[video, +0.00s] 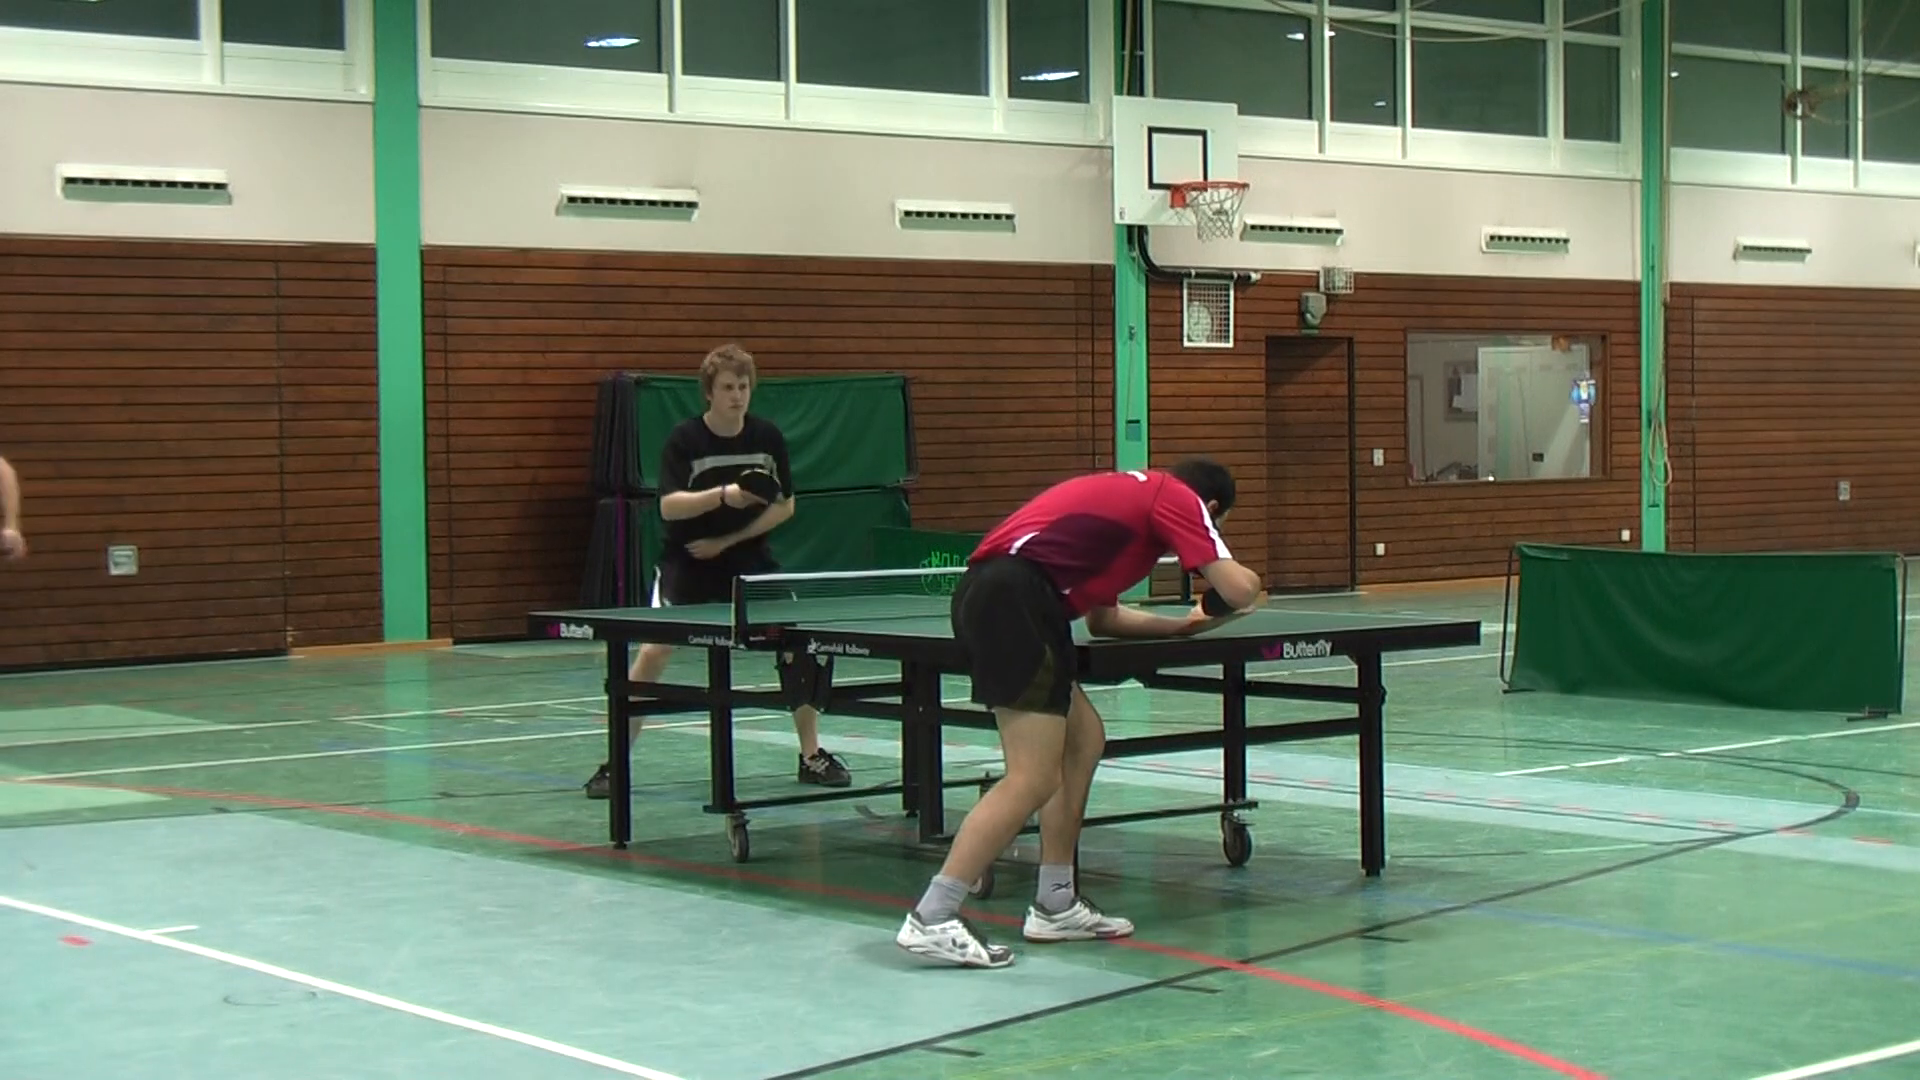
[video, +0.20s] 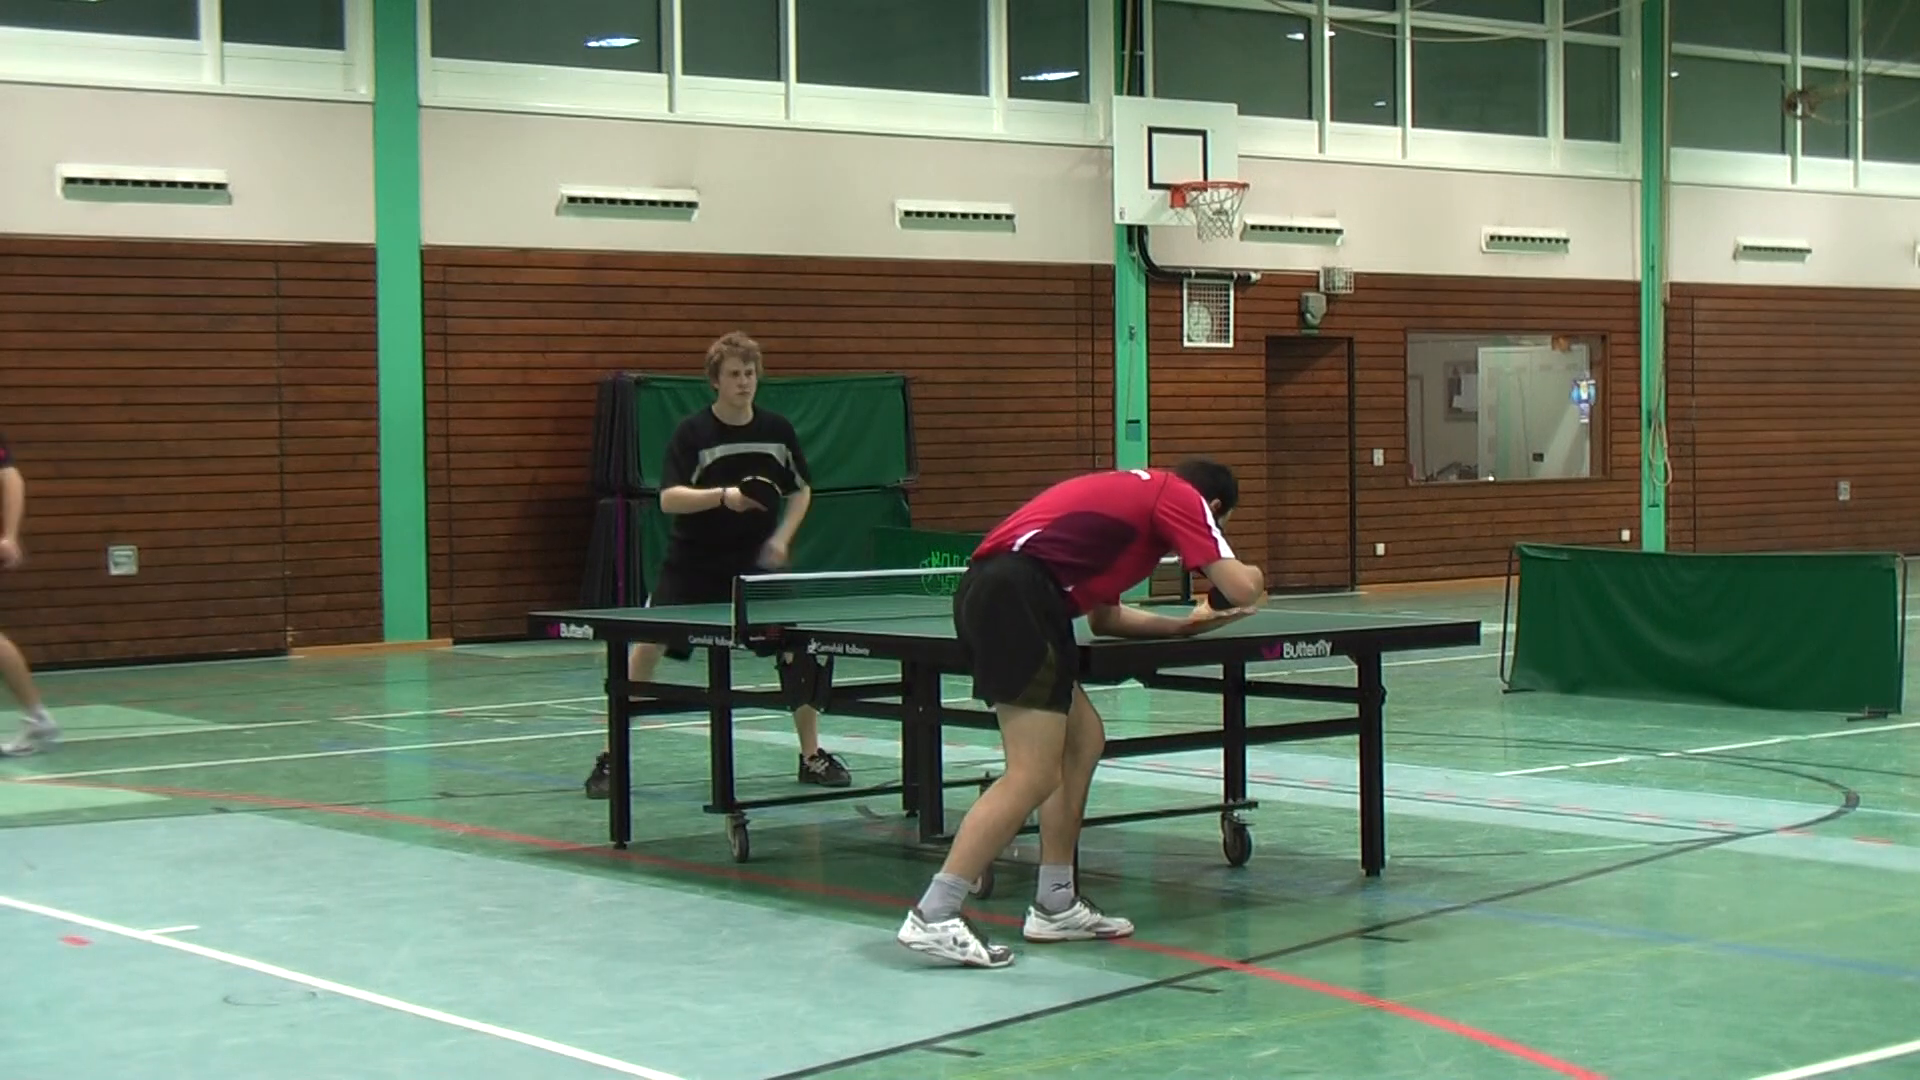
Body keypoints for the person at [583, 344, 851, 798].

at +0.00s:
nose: (736, 394)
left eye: (742, 385)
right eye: (726, 386)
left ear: (751, 389)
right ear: (708, 391)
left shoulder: (768, 437)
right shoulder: (685, 438)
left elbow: (784, 506)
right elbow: (669, 506)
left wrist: (726, 541)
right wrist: (723, 495)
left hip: (752, 562)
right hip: (688, 564)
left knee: (796, 642)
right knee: (655, 651)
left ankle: (812, 754)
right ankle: (616, 762)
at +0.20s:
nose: (743, 381)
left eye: (750, 373)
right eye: (734, 374)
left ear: (759, 377)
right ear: (715, 379)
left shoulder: (778, 430)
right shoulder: (693, 432)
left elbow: (800, 490)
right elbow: (669, 498)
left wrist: (782, 537)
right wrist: (722, 495)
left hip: (755, 565)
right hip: (693, 566)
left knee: (796, 648)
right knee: (647, 648)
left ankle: (813, 755)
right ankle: (612, 755)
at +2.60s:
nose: (690, 384)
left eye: (695, 376)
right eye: (680, 376)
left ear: (701, 380)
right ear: (657, 381)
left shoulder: (713, 436)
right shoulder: (632, 435)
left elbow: (750, 482)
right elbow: (584, 486)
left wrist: (765, 516)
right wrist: (617, 489)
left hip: (696, 574)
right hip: (633, 575)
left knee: (744, 650)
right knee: (592, 660)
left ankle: (760, 755)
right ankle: (544, 766)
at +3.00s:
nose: (488, 442)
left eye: (496, 432)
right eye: (481, 435)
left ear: (518, 431)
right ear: (473, 441)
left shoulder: (561, 476)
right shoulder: (474, 498)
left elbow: (624, 502)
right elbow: (423, 543)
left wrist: (672, 547)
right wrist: (361, 568)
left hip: (587, 597)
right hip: (518, 601)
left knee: (648, 670)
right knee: (464, 663)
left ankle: (710, 752)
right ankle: (427, 776)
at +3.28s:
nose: (421, 376)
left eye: (429, 368)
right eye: (412, 370)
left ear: (442, 372)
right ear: (398, 376)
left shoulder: (471, 419)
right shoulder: (383, 431)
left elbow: (522, 447)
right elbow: (355, 497)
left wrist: (543, 457)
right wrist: (370, 468)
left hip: (476, 559)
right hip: (414, 564)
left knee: (515, 653)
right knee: (398, 649)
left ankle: (510, 748)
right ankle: (408, 763)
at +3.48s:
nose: (363, 370)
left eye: (371, 362)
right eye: (363, 362)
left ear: (399, 362)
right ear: (380, 365)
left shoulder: (447, 416)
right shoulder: (359, 420)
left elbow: (506, 464)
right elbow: (326, 482)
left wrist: (493, 509)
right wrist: (339, 488)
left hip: (435, 554)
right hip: (379, 558)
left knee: (445, 653)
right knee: (389, 648)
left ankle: (414, 744)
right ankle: (374, 767)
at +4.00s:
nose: (283, 364)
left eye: (287, 356)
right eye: (284, 355)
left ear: (306, 359)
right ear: (315, 359)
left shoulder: (345, 404)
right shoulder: (313, 408)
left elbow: (354, 474)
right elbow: (321, 482)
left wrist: (312, 539)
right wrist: (306, 542)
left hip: (356, 548)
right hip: (320, 546)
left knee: (362, 647)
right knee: (287, 635)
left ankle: (380, 757)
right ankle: (286, 746)